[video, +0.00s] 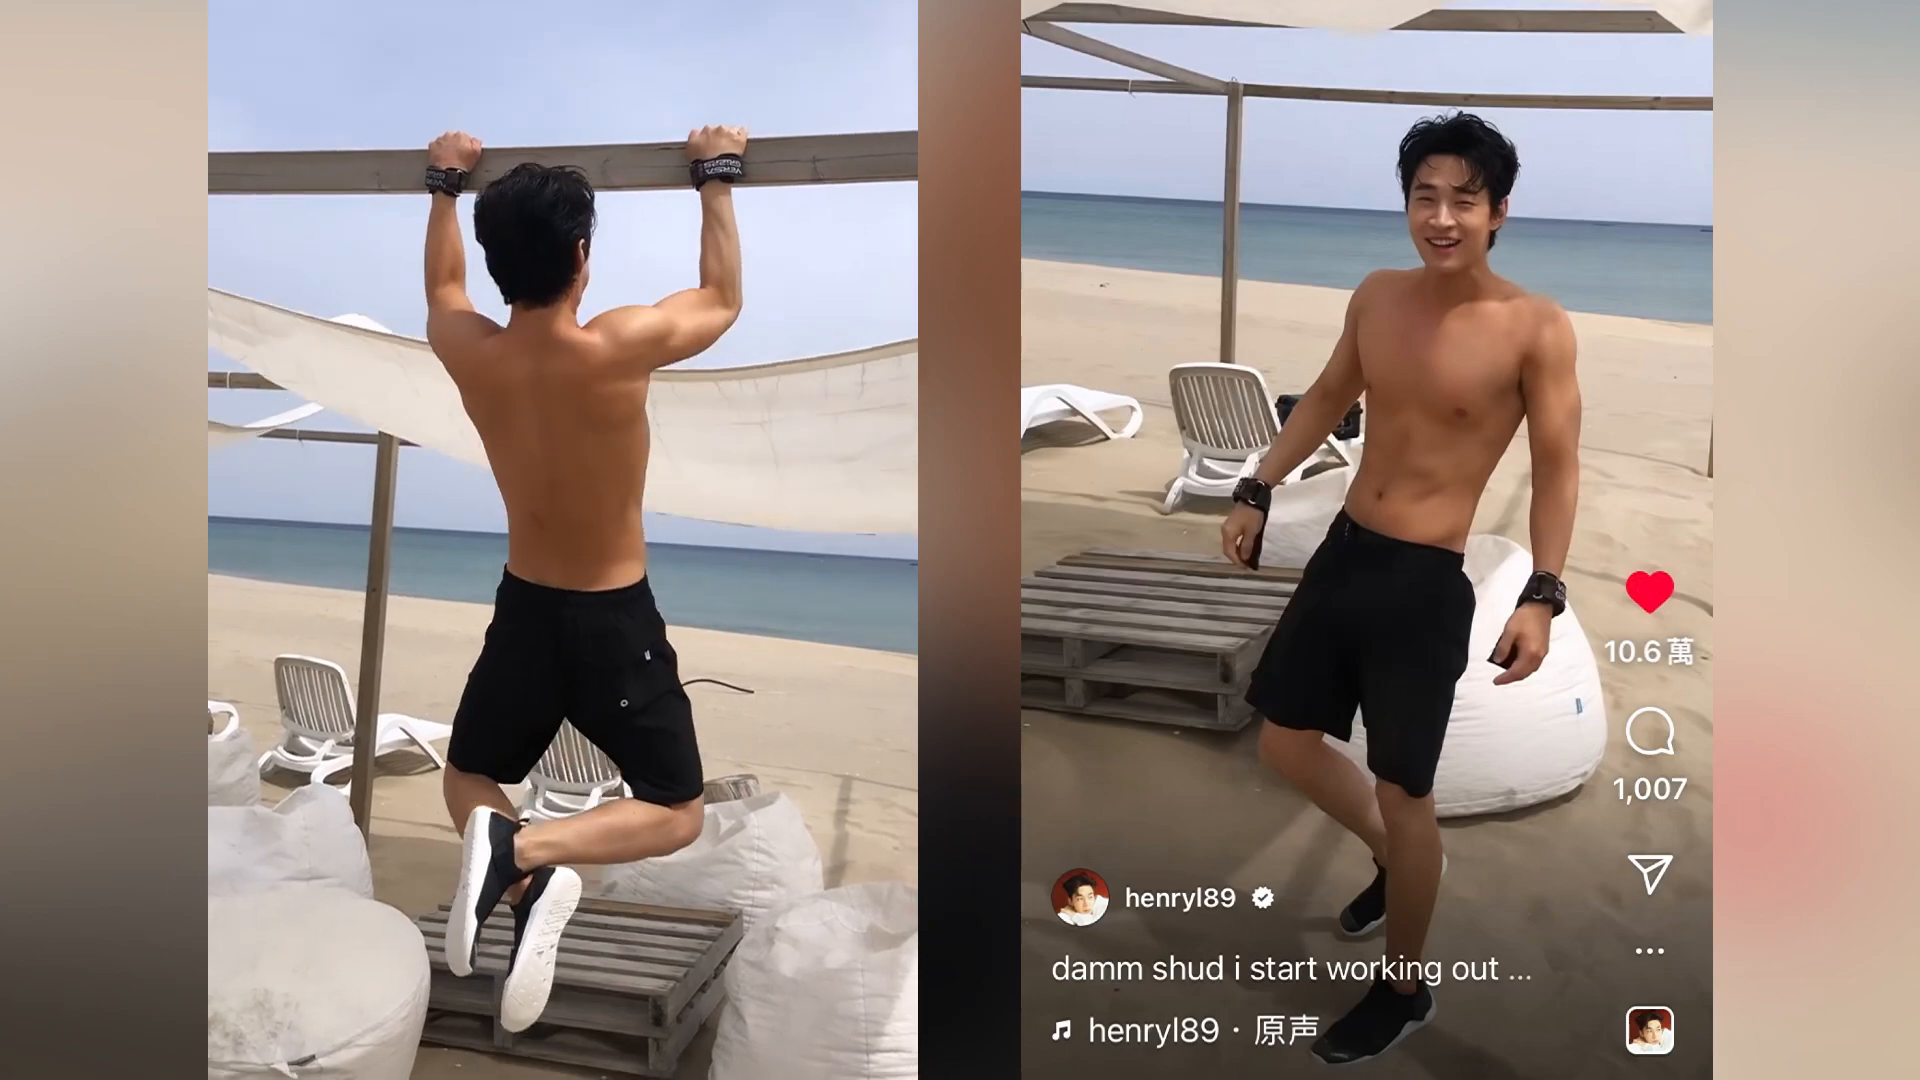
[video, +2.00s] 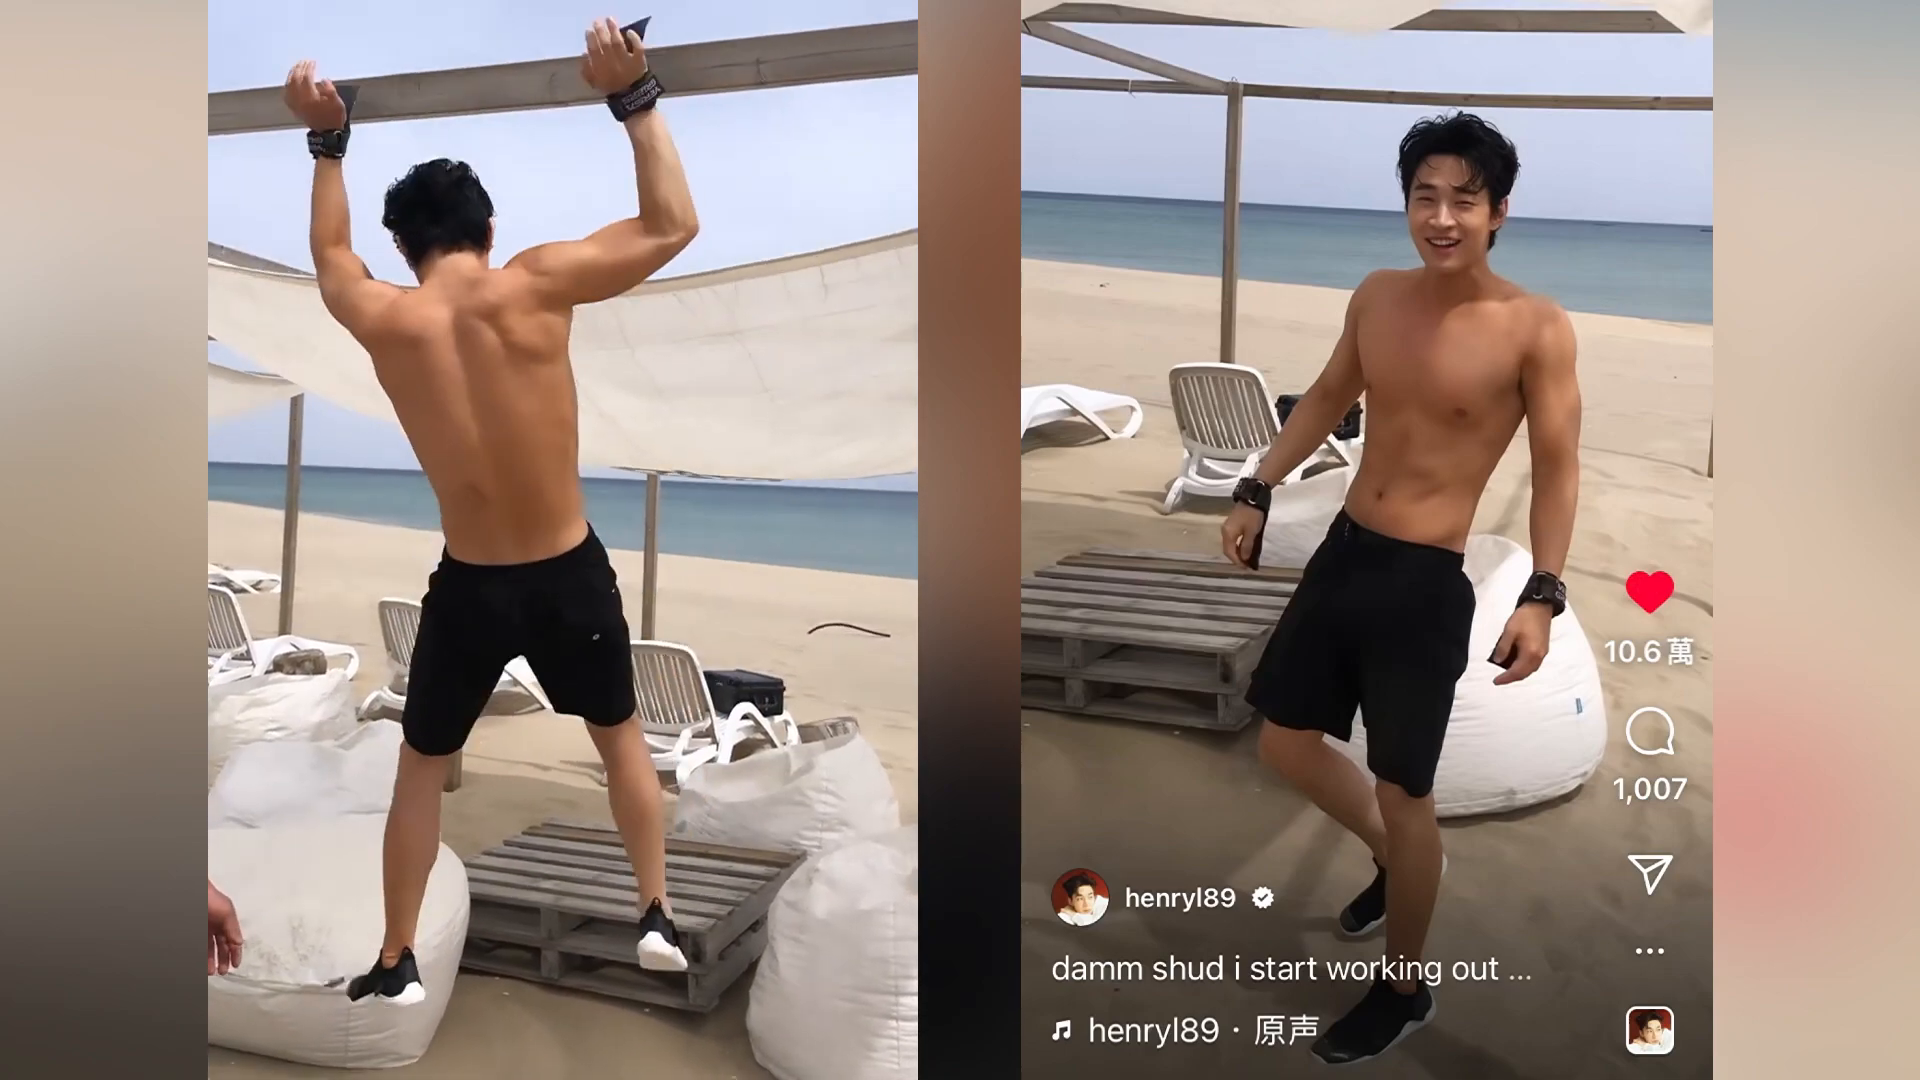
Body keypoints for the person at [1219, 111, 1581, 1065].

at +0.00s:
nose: (1440, 216)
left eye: (1462, 198)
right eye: (1424, 197)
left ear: (1498, 210)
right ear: (1406, 208)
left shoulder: (1535, 328)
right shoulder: (1378, 296)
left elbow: (1556, 468)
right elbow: (1330, 398)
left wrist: (1540, 595)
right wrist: (1255, 484)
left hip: (1426, 579)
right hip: (1345, 553)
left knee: (1402, 799)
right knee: (1284, 742)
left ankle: (1403, 981)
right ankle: (1398, 847)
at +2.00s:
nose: (1440, 216)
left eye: (1462, 198)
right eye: (1424, 197)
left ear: (1498, 210)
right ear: (1406, 207)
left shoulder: (1535, 328)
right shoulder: (1378, 296)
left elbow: (1556, 468)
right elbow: (1330, 397)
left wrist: (1541, 595)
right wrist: (1255, 484)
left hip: (1426, 579)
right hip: (1344, 553)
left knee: (1403, 799)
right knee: (1285, 742)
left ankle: (1403, 981)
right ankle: (1399, 847)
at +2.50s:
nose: (1440, 216)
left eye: (1462, 198)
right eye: (1424, 197)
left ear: (1498, 210)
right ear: (1406, 208)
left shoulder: (1535, 328)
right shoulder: (1378, 296)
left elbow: (1556, 468)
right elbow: (1330, 398)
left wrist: (1540, 595)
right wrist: (1255, 484)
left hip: (1426, 579)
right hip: (1345, 553)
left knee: (1402, 799)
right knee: (1284, 742)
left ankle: (1403, 981)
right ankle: (1398, 847)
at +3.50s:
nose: (1440, 216)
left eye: (1462, 198)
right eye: (1424, 197)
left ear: (1498, 210)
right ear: (1406, 208)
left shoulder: (1535, 328)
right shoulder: (1379, 297)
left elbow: (1556, 469)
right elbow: (1330, 398)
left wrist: (1540, 595)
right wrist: (1256, 484)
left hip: (1426, 579)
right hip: (1345, 554)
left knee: (1402, 799)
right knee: (1284, 742)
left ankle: (1402, 982)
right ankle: (1397, 847)